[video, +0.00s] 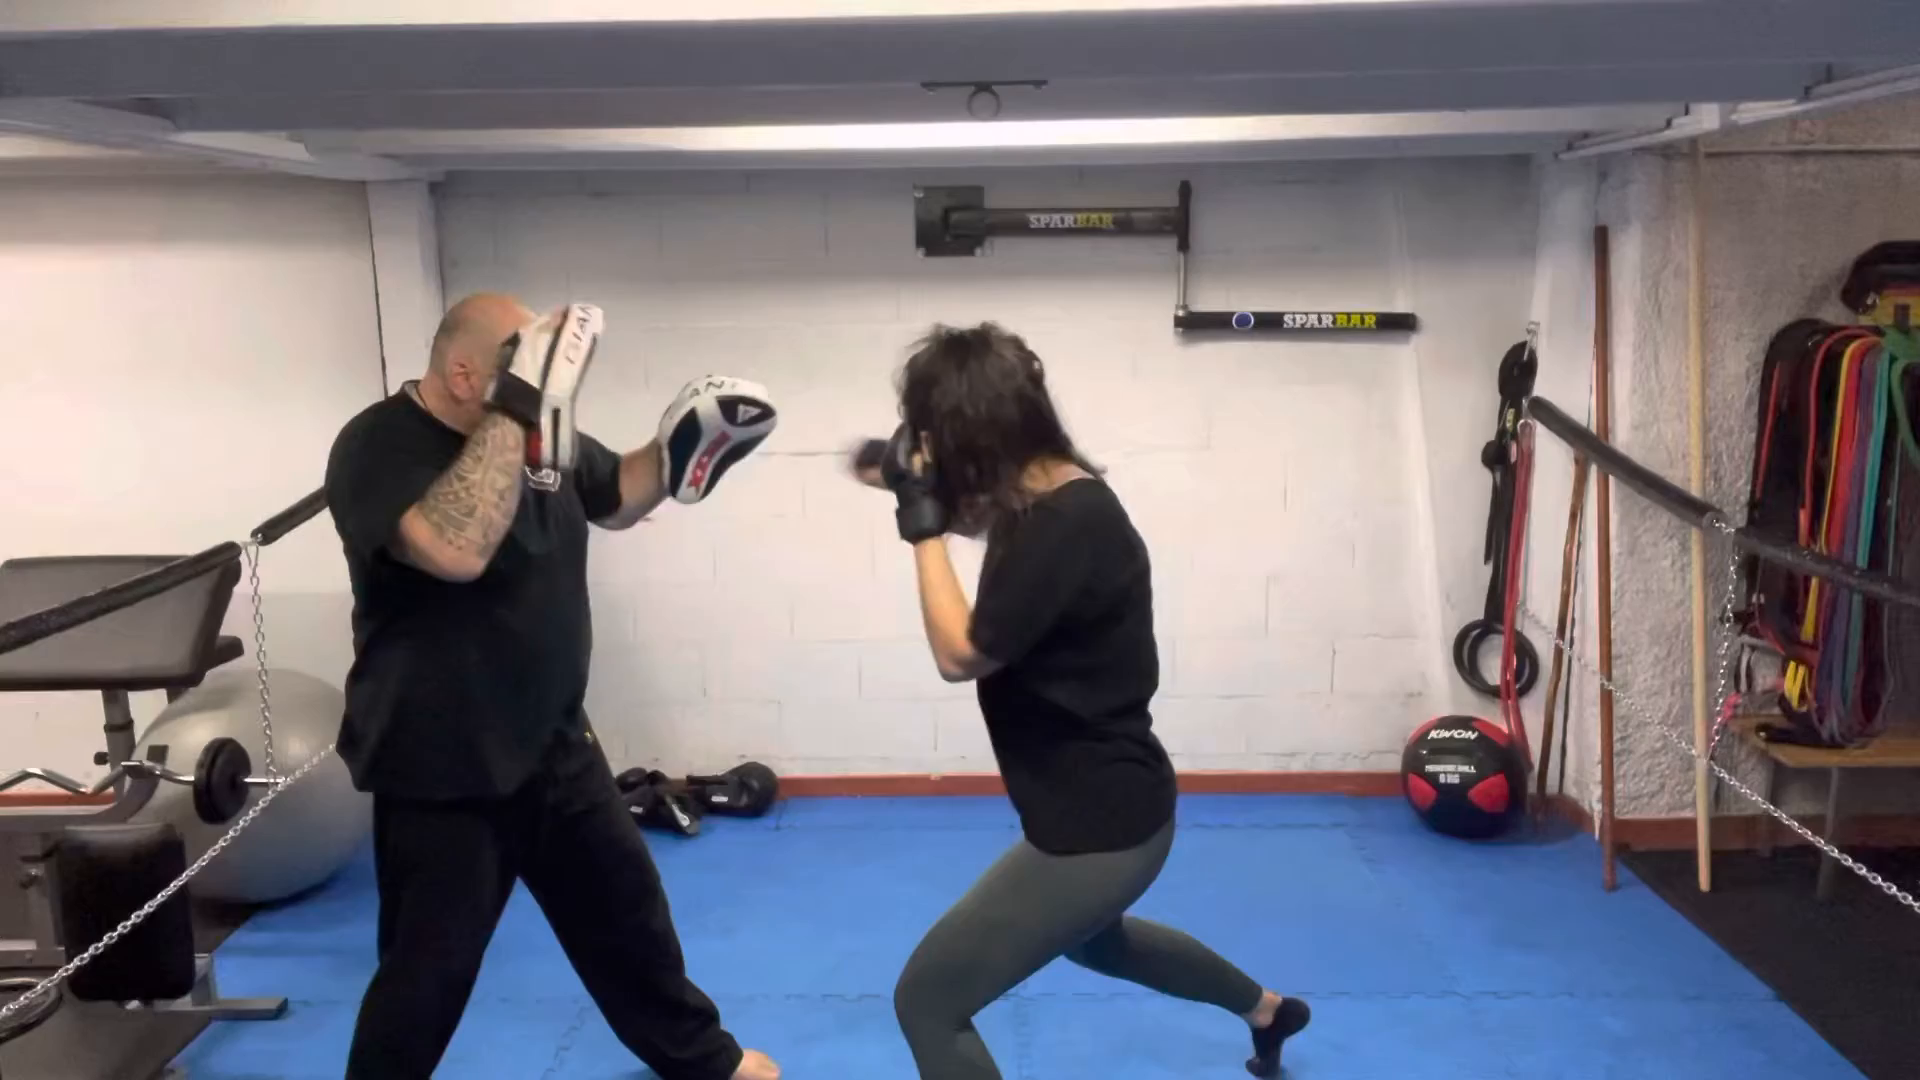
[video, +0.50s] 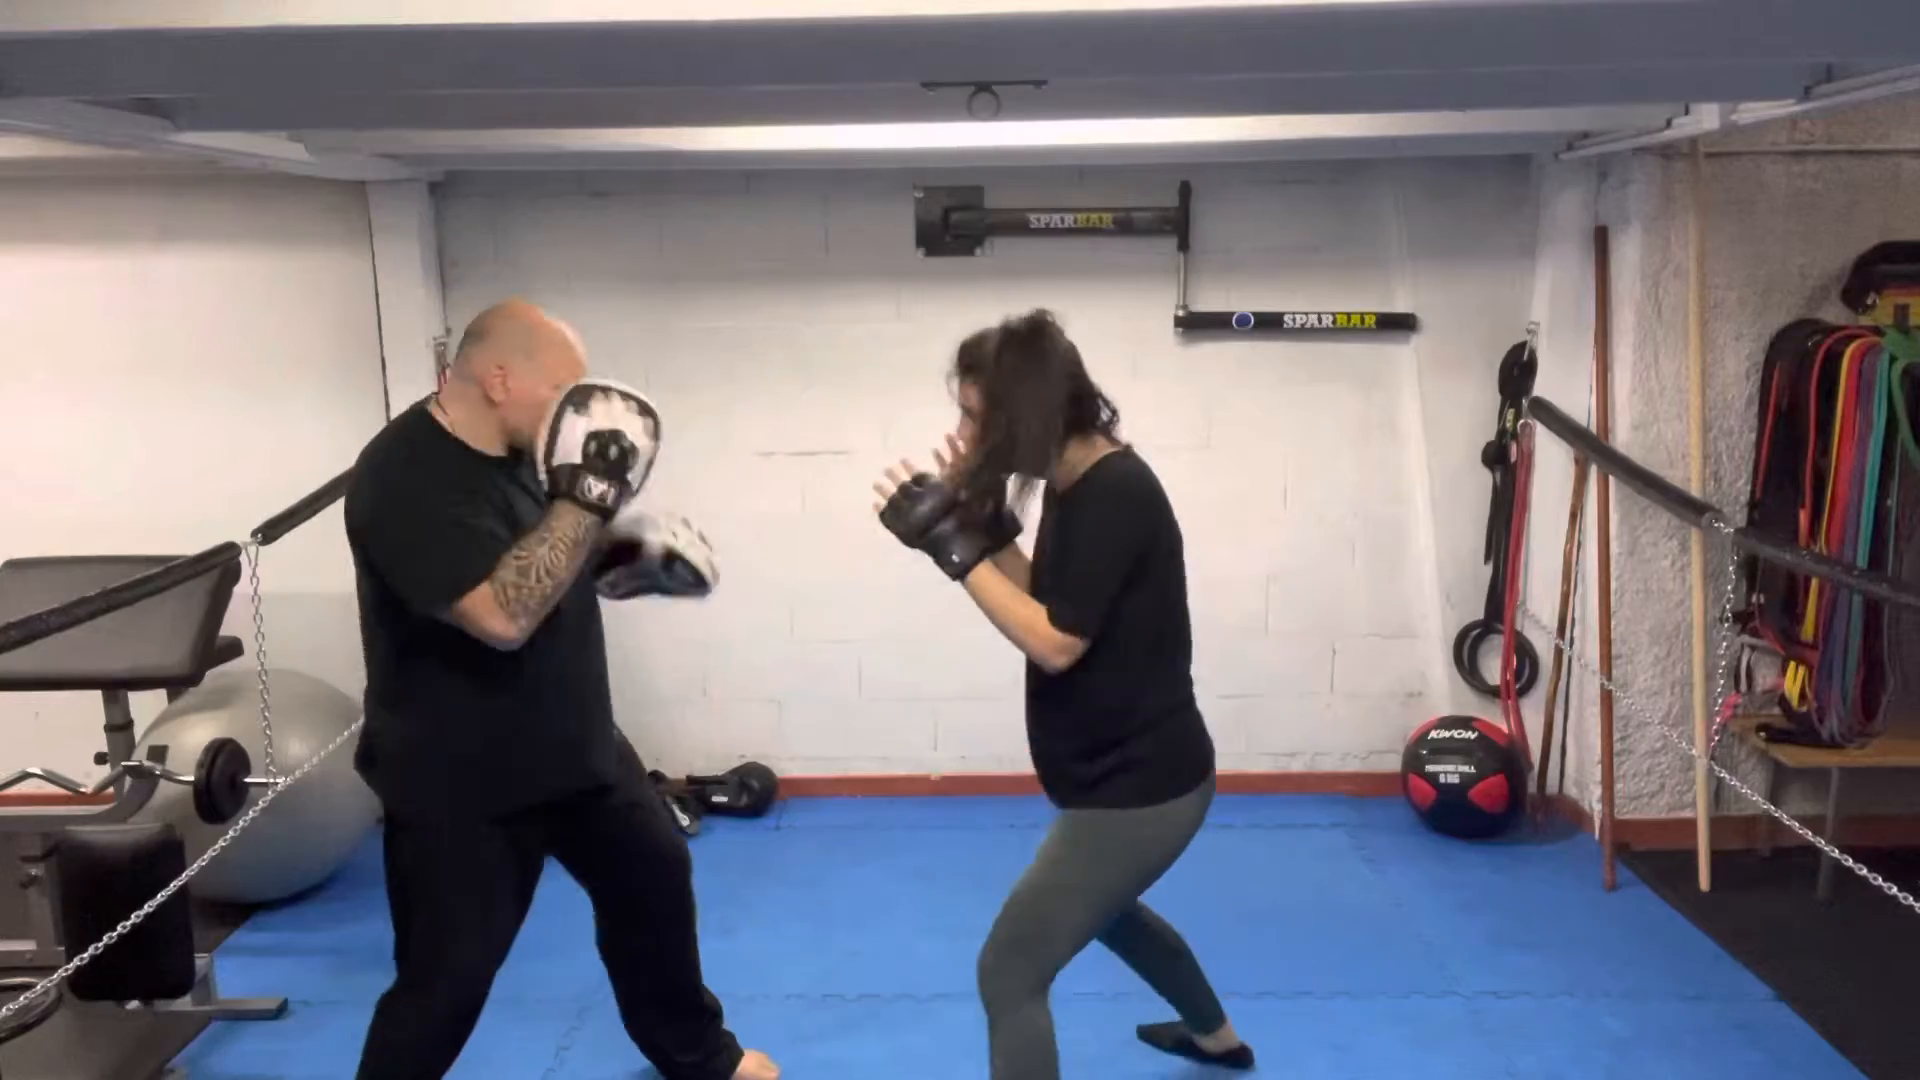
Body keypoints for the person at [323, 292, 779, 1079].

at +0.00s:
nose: (520, 386)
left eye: (525, 373)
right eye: (507, 372)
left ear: (512, 377)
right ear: (458, 373)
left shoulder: (530, 435)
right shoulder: (374, 446)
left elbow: (613, 490)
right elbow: (455, 546)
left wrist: (683, 444)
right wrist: (512, 412)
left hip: (549, 745)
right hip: (437, 766)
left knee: (624, 911)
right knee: (427, 972)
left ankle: (703, 1058)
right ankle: (379, 1077)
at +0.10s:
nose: (537, 392)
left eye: (543, 376)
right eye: (524, 373)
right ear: (466, 368)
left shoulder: (524, 440)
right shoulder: (388, 449)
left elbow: (592, 520)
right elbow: (488, 551)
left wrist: (649, 458)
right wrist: (538, 426)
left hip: (550, 746)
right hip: (445, 765)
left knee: (624, 910)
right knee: (437, 975)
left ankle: (699, 1055)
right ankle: (384, 1075)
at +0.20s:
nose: (523, 386)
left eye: (530, 372)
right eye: (510, 368)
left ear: (530, 381)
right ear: (464, 363)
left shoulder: (530, 447)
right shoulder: (384, 451)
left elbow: (590, 523)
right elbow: (468, 547)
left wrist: (644, 468)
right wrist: (506, 406)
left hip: (559, 753)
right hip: (449, 777)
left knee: (631, 916)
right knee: (437, 983)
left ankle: (700, 1056)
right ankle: (385, 1079)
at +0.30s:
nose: (553, 384)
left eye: (556, 369)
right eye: (539, 367)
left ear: (485, 375)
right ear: (477, 373)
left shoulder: (526, 450)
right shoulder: (382, 459)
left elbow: (572, 540)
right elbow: (474, 573)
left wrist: (636, 467)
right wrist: (551, 440)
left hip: (561, 755)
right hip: (451, 778)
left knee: (631, 917)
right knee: (439, 982)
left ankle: (700, 1057)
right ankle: (386, 1077)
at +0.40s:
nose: (566, 405)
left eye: (567, 387)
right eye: (551, 385)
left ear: (485, 377)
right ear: (481, 375)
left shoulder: (508, 451)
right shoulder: (392, 469)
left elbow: (550, 547)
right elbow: (494, 601)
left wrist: (625, 514)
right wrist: (589, 498)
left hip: (564, 757)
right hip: (456, 784)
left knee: (634, 900)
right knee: (441, 983)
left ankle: (695, 1054)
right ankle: (387, 1076)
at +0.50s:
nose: (573, 409)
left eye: (577, 393)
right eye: (562, 390)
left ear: (498, 380)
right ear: (497, 379)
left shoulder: (527, 458)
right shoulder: (398, 475)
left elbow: (565, 568)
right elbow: (501, 612)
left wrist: (635, 564)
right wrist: (589, 495)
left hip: (572, 753)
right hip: (457, 782)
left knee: (652, 871)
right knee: (444, 980)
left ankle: (694, 1052)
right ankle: (388, 1075)